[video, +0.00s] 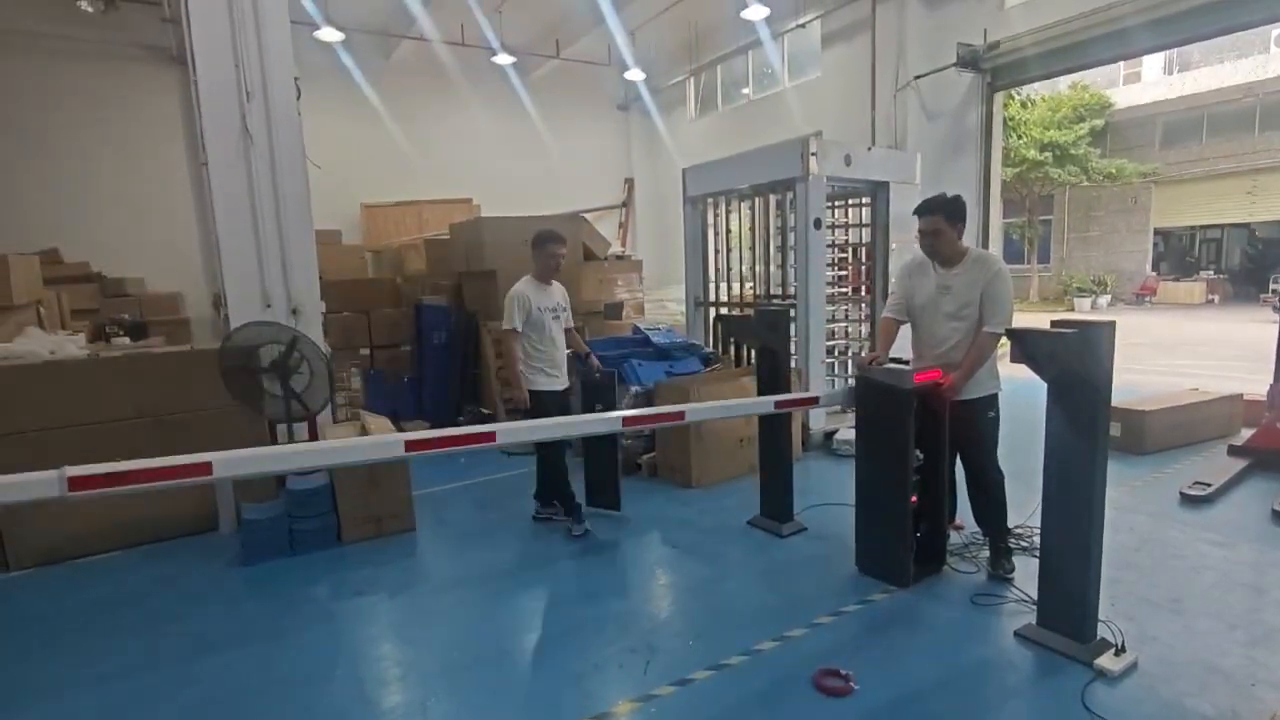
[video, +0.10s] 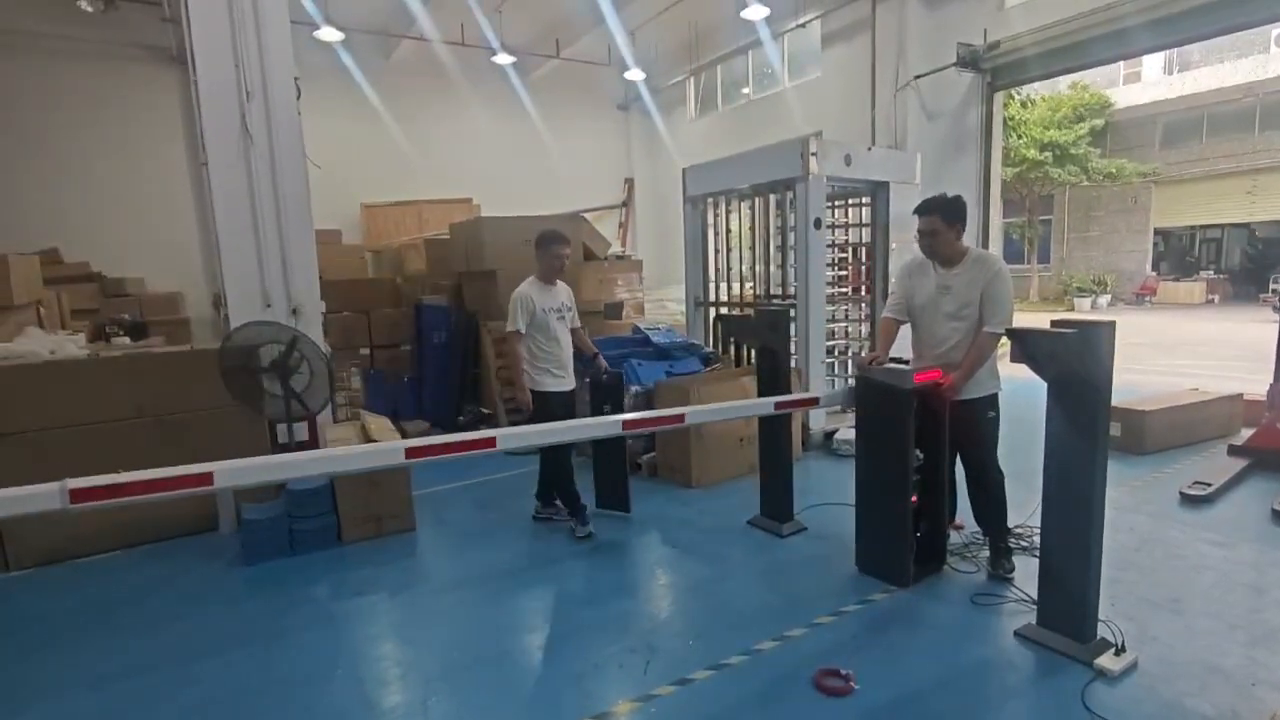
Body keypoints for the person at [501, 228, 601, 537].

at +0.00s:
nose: (560, 263)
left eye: (562, 257)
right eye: (554, 257)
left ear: (563, 258)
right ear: (536, 256)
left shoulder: (560, 291)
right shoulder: (519, 294)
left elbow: (568, 331)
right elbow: (511, 343)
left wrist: (588, 354)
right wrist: (518, 387)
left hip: (561, 383)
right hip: (537, 386)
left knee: (551, 446)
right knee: (554, 448)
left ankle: (544, 504)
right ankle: (573, 512)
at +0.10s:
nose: (564, 263)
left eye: (567, 257)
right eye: (558, 258)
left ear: (567, 257)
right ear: (540, 256)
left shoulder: (565, 291)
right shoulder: (523, 295)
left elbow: (575, 330)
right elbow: (514, 343)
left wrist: (595, 355)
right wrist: (521, 387)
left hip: (566, 384)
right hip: (542, 387)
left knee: (554, 447)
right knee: (560, 450)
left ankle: (545, 503)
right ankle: (578, 513)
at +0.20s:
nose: (568, 263)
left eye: (570, 258)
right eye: (562, 258)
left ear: (571, 258)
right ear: (543, 257)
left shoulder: (570, 290)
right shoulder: (527, 295)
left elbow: (581, 330)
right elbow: (518, 344)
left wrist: (602, 355)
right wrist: (524, 388)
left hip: (573, 384)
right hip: (547, 387)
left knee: (561, 447)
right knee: (564, 449)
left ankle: (547, 501)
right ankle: (578, 514)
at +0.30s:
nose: (572, 263)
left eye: (575, 257)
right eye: (567, 257)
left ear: (576, 257)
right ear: (547, 255)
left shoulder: (575, 289)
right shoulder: (532, 295)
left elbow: (587, 331)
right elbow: (523, 344)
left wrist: (608, 356)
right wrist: (530, 388)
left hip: (580, 385)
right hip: (552, 388)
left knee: (576, 448)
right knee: (563, 452)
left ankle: (551, 498)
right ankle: (579, 513)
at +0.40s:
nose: (577, 263)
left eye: (580, 257)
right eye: (571, 257)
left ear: (582, 256)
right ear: (553, 256)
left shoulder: (579, 288)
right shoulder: (536, 294)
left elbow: (592, 330)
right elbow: (527, 344)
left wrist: (612, 356)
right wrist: (537, 389)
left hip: (586, 386)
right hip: (557, 391)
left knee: (595, 442)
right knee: (565, 452)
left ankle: (560, 492)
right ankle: (579, 514)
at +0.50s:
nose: (584, 261)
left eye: (587, 255)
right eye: (578, 255)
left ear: (588, 255)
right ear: (559, 253)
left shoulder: (584, 288)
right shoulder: (540, 293)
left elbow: (596, 330)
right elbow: (531, 342)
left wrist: (616, 358)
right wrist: (543, 386)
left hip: (592, 386)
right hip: (561, 390)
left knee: (601, 445)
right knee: (568, 452)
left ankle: (575, 494)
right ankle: (578, 513)